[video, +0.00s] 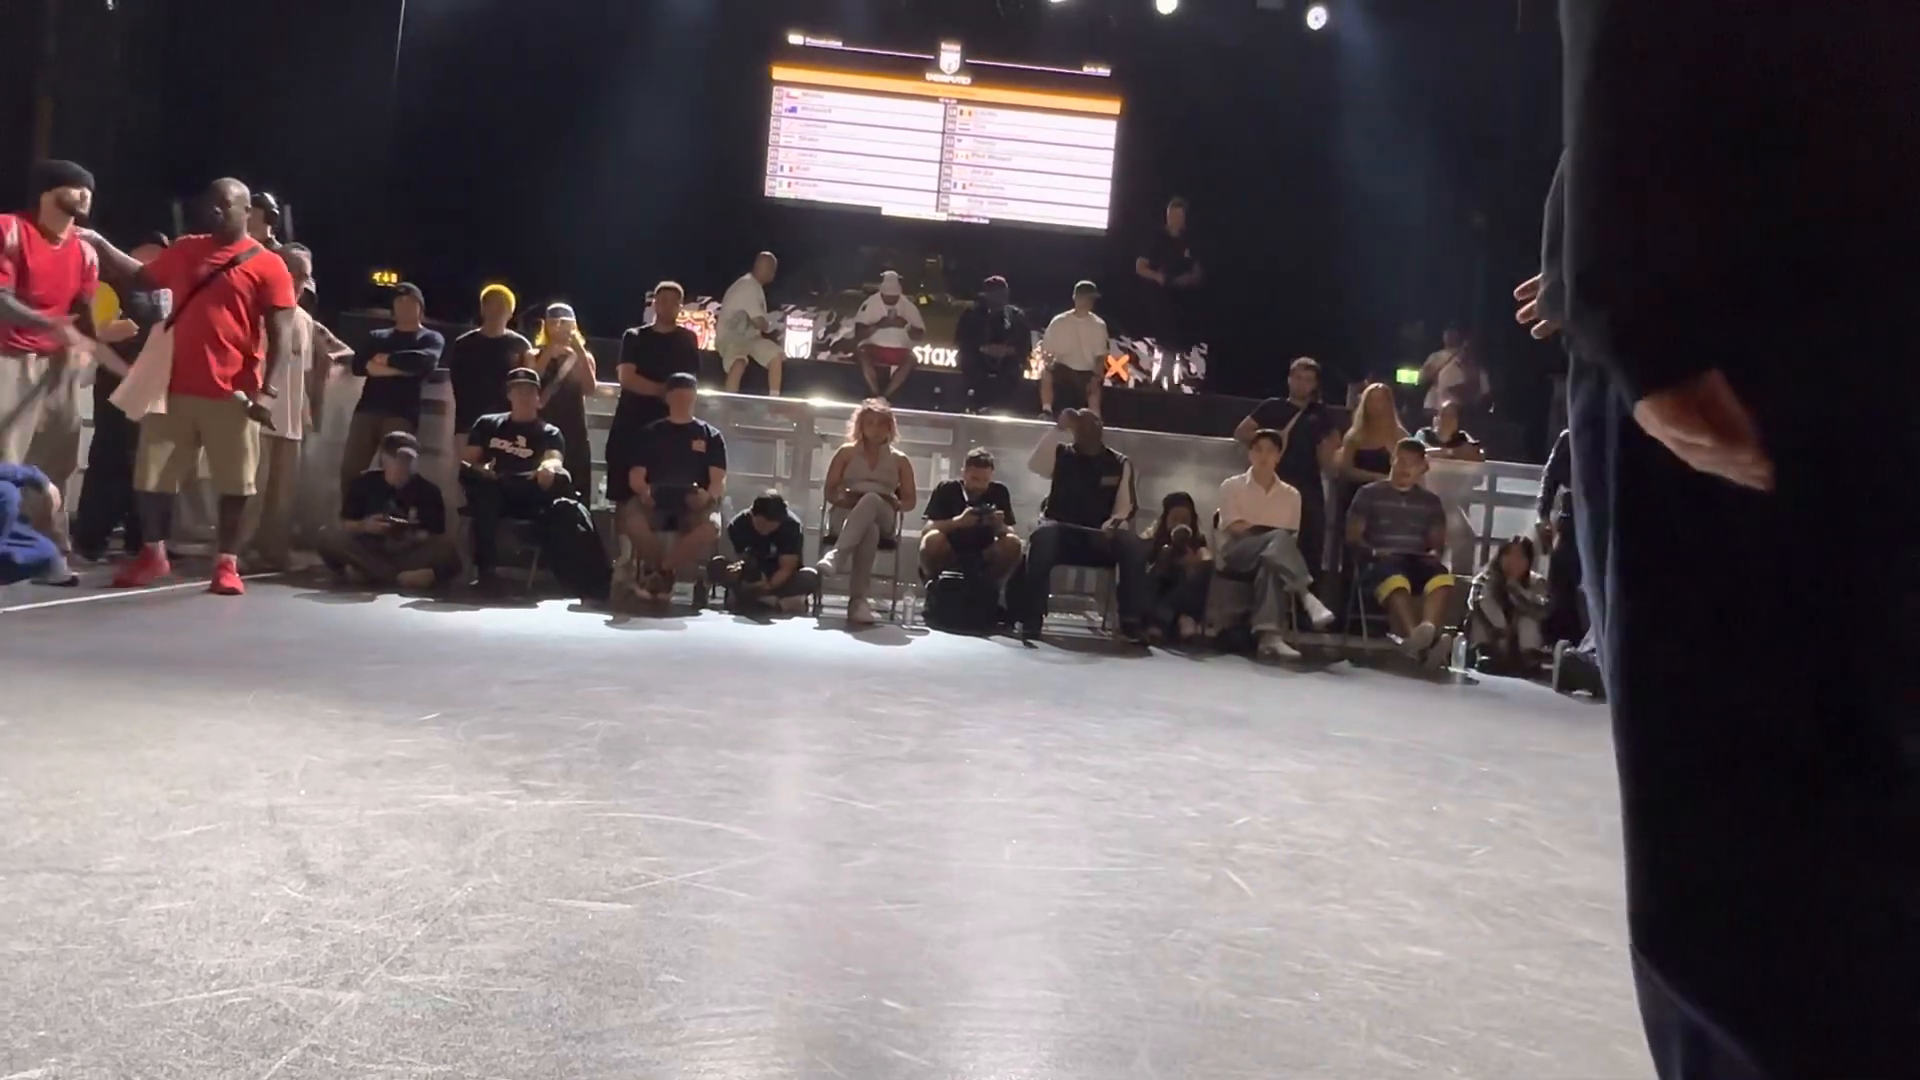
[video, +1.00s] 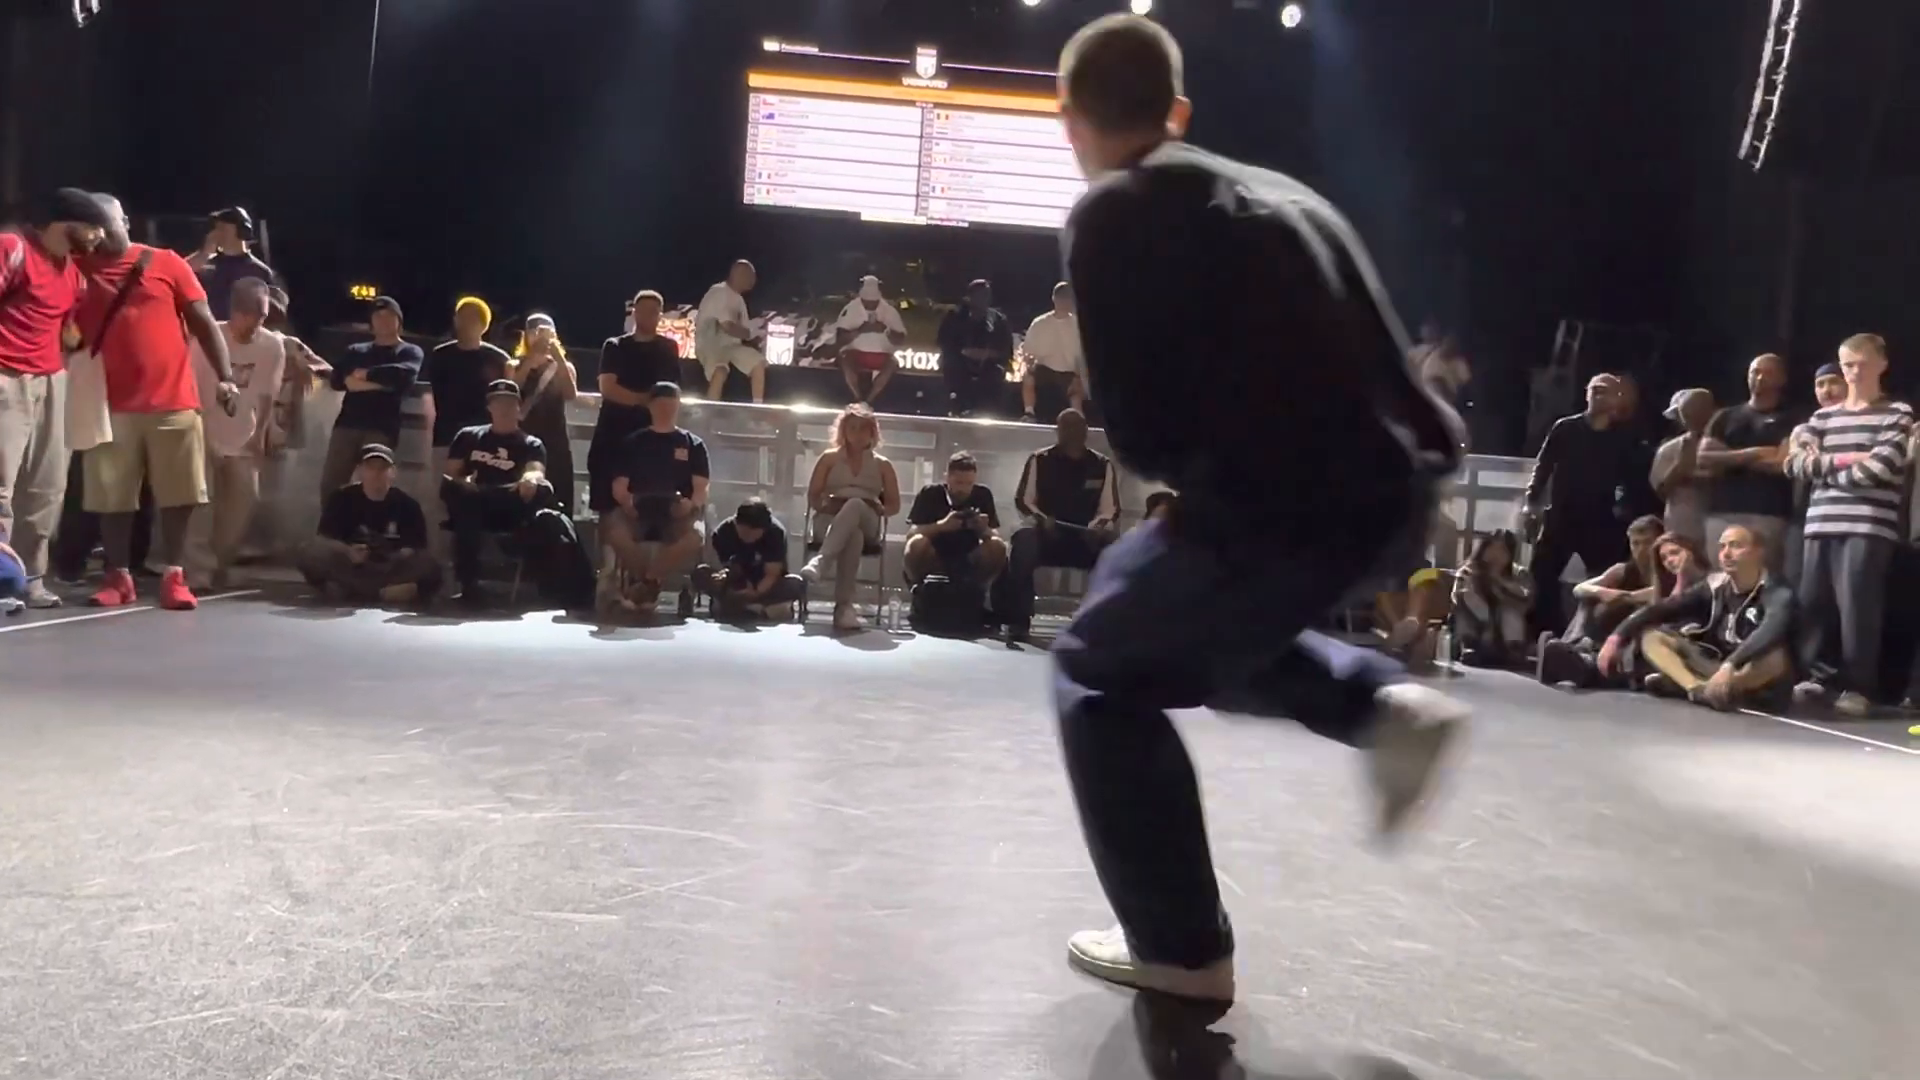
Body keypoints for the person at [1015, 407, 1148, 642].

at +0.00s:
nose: (1086, 430)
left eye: (1092, 424)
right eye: (1080, 425)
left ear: (1101, 430)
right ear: (1072, 430)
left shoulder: (1120, 463)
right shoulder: (1061, 455)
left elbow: (1124, 504)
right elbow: (1036, 464)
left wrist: (1115, 520)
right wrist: (1058, 429)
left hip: (1099, 535)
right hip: (1062, 532)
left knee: (1131, 543)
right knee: (1043, 537)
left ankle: (1131, 622)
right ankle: (1031, 621)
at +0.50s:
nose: (1082, 433)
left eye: (1087, 426)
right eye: (1077, 427)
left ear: (1097, 430)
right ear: (1068, 430)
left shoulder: (1114, 465)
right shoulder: (1054, 457)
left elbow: (1117, 506)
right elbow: (1030, 486)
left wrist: (1106, 523)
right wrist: (1045, 453)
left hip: (1092, 537)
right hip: (1056, 535)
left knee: (1124, 542)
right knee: (1036, 537)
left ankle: (1124, 621)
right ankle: (1025, 621)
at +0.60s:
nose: (1081, 433)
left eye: (1087, 427)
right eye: (1075, 427)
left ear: (1095, 432)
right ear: (1066, 430)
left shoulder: (1112, 465)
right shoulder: (1047, 457)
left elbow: (1116, 508)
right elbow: (1029, 501)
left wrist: (1105, 524)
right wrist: (1041, 484)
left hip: (1090, 537)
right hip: (1053, 535)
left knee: (1123, 543)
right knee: (1033, 538)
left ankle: (1123, 621)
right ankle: (1023, 621)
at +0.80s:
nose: (1075, 437)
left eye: (1082, 431)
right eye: (1070, 431)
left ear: (1091, 433)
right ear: (1063, 432)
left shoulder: (1109, 467)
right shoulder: (1044, 461)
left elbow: (1114, 509)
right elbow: (1030, 502)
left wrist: (1106, 523)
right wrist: (1043, 516)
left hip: (1090, 538)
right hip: (1054, 535)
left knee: (1122, 545)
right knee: (1028, 540)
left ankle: (1121, 624)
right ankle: (1022, 624)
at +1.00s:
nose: (1072, 436)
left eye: (1077, 430)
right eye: (1066, 430)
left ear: (1086, 432)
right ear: (1057, 432)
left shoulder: (1102, 465)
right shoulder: (1038, 460)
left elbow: (1109, 508)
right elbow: (1024, 500)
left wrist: (1100, 522)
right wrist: (1040, 518)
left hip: (1085, 536)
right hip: (1049, 534)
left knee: (1112, 544)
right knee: (1023, 539)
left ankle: (1104, 626)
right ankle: (1019, 622)